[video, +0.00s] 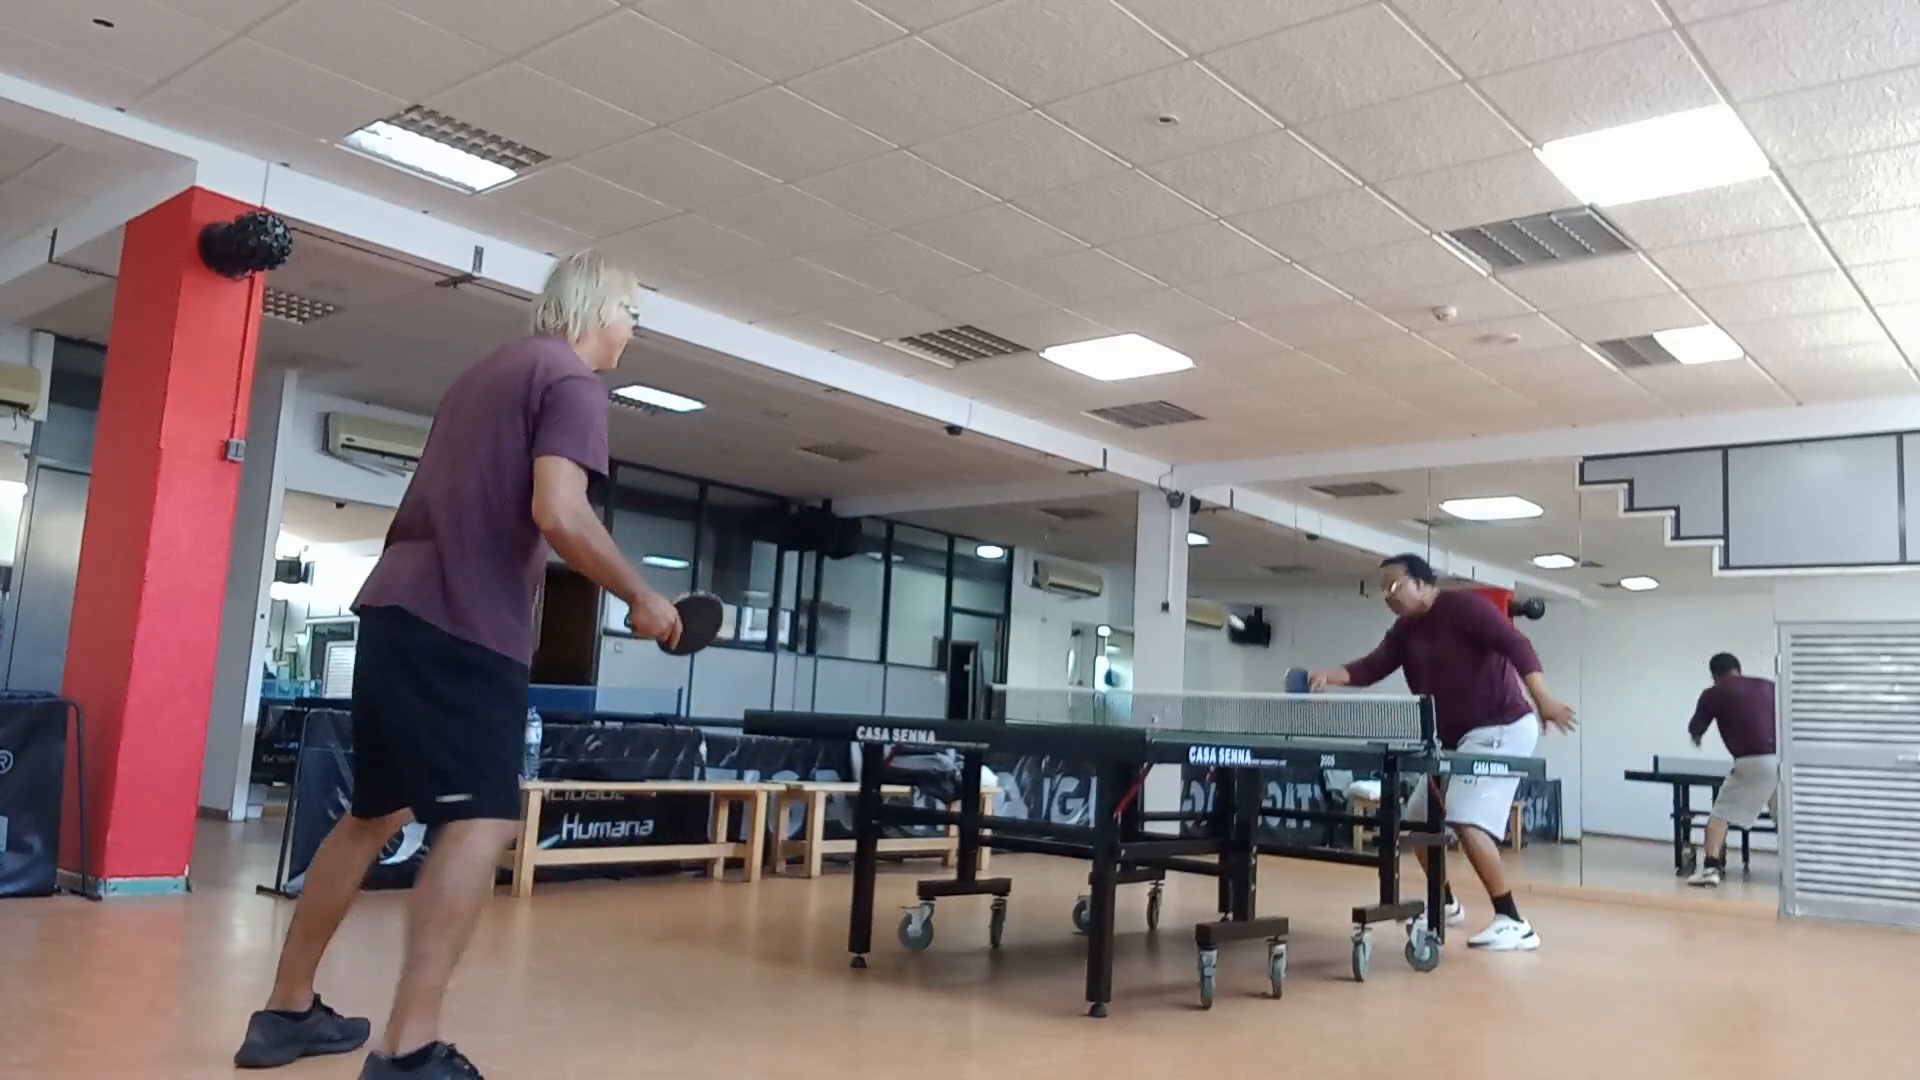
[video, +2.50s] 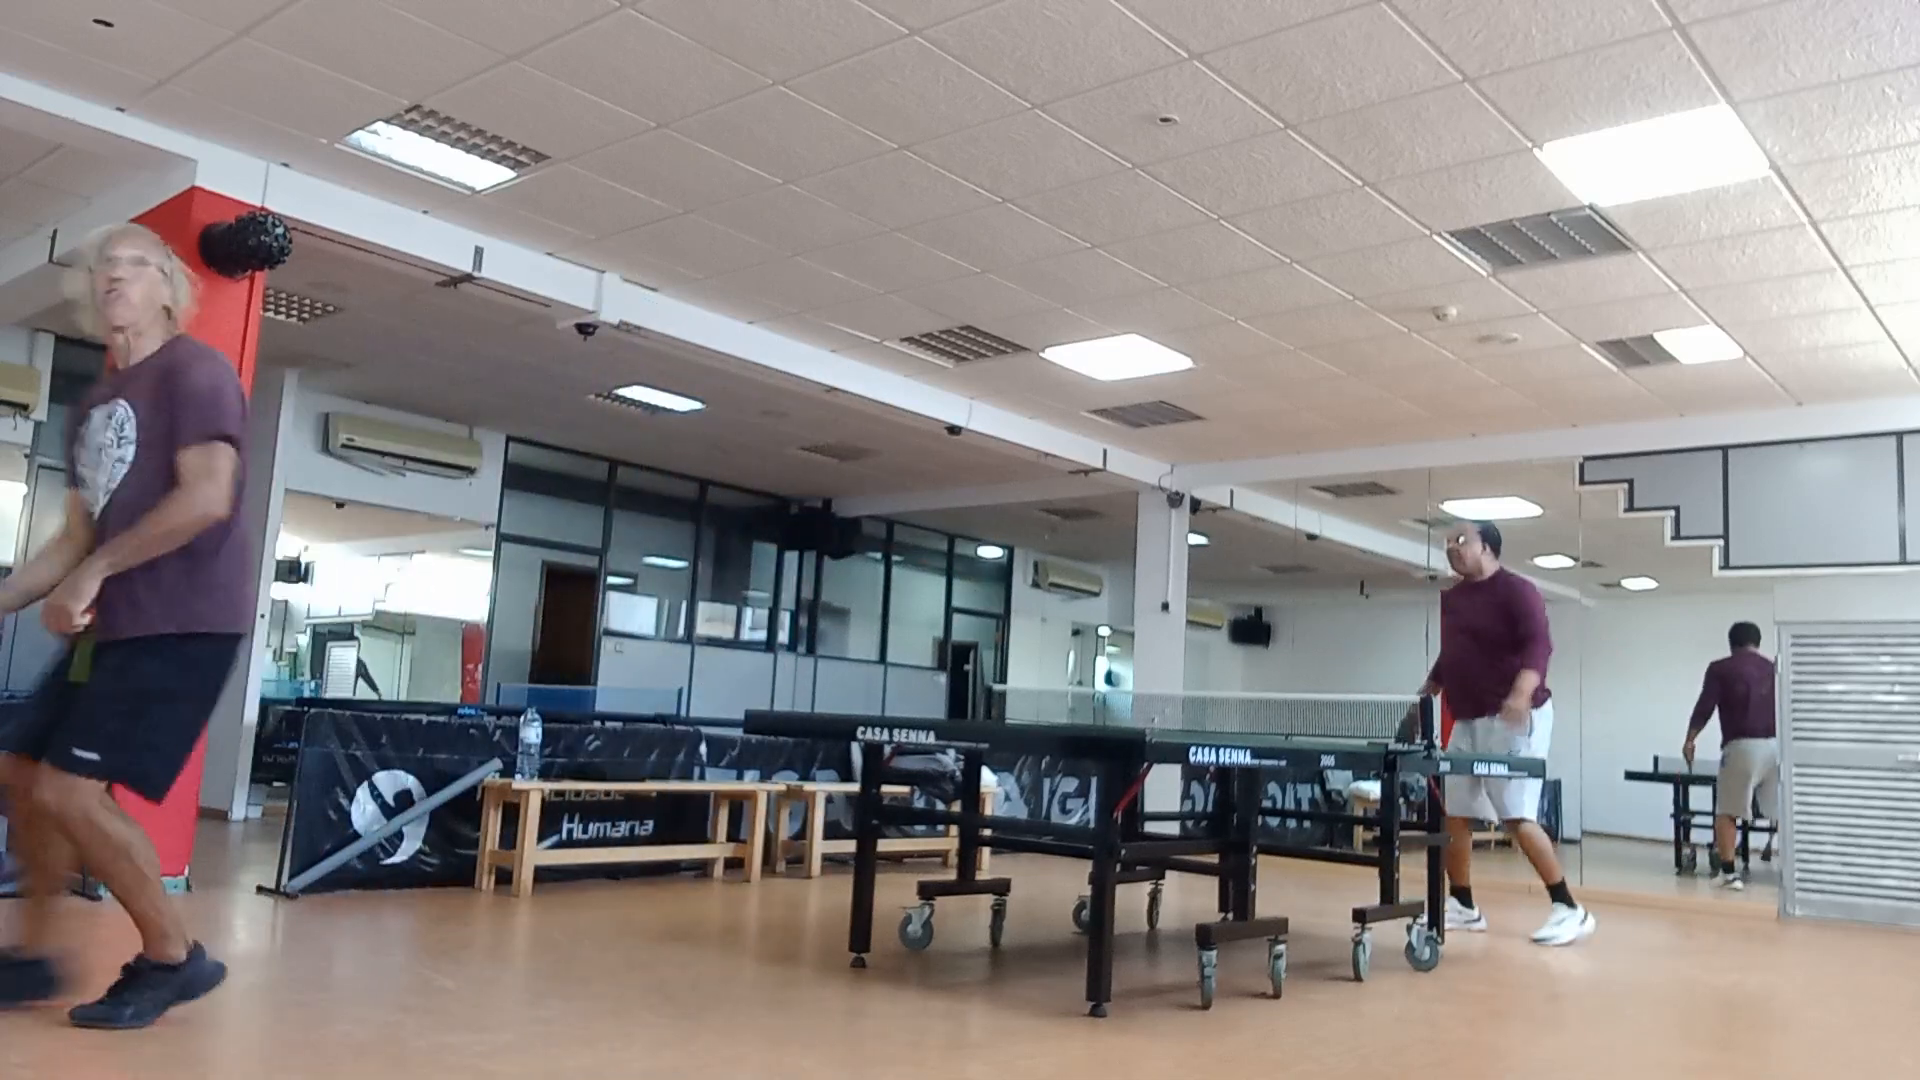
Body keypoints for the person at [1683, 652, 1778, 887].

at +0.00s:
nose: (1717, 682)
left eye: (1715, 678)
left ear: (1715, 675)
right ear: (1739, 669)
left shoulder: (1714, 693)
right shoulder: (1768, 686)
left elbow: (1696, 729)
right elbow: (1787, 713)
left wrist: (1696, 736)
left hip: (1752, 764)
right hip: (1784, 762)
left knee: (1719, 816)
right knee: (1786, 817)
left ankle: (1711, 867)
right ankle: (1798, 864)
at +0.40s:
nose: (1744, 665)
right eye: (1745, 662)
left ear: (1720, 660)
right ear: (1746, 660)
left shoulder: (1703, 681)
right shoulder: (1762, 680)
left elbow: (1687, 719)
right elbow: (1785, 712)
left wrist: (1700, 737)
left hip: (1719, 755)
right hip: (1757, 755)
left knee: (1699, 813)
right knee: (1779, 818)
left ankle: (1682, 867)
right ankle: (1798, 871)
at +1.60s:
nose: (1738, 669)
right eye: (1739, 665)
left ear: (1711, 662)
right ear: (1736, 662)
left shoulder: (1692, 682)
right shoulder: (1742, 675)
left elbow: (1698, 719)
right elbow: (1773, 704)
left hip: (1705, 751)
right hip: (1743, 749)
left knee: (1690, 812)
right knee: (1774, 813)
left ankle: (1671, 867)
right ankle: (1793, 870)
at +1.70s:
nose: (1734, 667)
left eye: (1734, 665)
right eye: (1733, 664)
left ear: (1706, 661)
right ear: (1730, 661)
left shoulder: (1690, 677)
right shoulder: (1732, 671)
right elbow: (1763, 684)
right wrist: (1780, 695)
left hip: (1699, 750)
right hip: (1734, 748)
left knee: (1689, 812)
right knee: (1772, 812)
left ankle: (1670, 868)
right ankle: (1792, 867)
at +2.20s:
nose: (1751, 653)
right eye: (1752, 650)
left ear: (1725, 647)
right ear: (1752, 648)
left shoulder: (1706, 672)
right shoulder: (1765, 671)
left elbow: (1689, 713)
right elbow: (1788, 703)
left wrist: (1676, 744)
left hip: (1721, 749)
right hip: (1759, 748)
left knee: (1700, 811)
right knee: (1778, 810)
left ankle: (1677, 864)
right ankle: (1786, 861)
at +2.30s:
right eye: (1754, 646)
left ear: (1730, 644)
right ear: (1756, 645)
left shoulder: (1713, 668)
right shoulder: (1772, 668)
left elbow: (1697, 710)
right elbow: (1787, 707)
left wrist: (1684, 745)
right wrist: (1790, 744)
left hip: (1729, 746)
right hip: (1767, 746)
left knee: (1710, 808)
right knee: (1781, 807)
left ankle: (1697, 861)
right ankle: (1780, 851)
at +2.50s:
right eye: (1755, 646)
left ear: (1731, 644)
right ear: (1758, 644)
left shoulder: (1719, 668)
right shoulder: (1773, 668)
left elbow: (1705, 706)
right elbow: (1787, 704)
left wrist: (1690, 738)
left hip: (1741, 750)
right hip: (1776, 747)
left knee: (1726, 813)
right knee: (1781, 814)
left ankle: (1729, 873)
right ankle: (1792, 868)